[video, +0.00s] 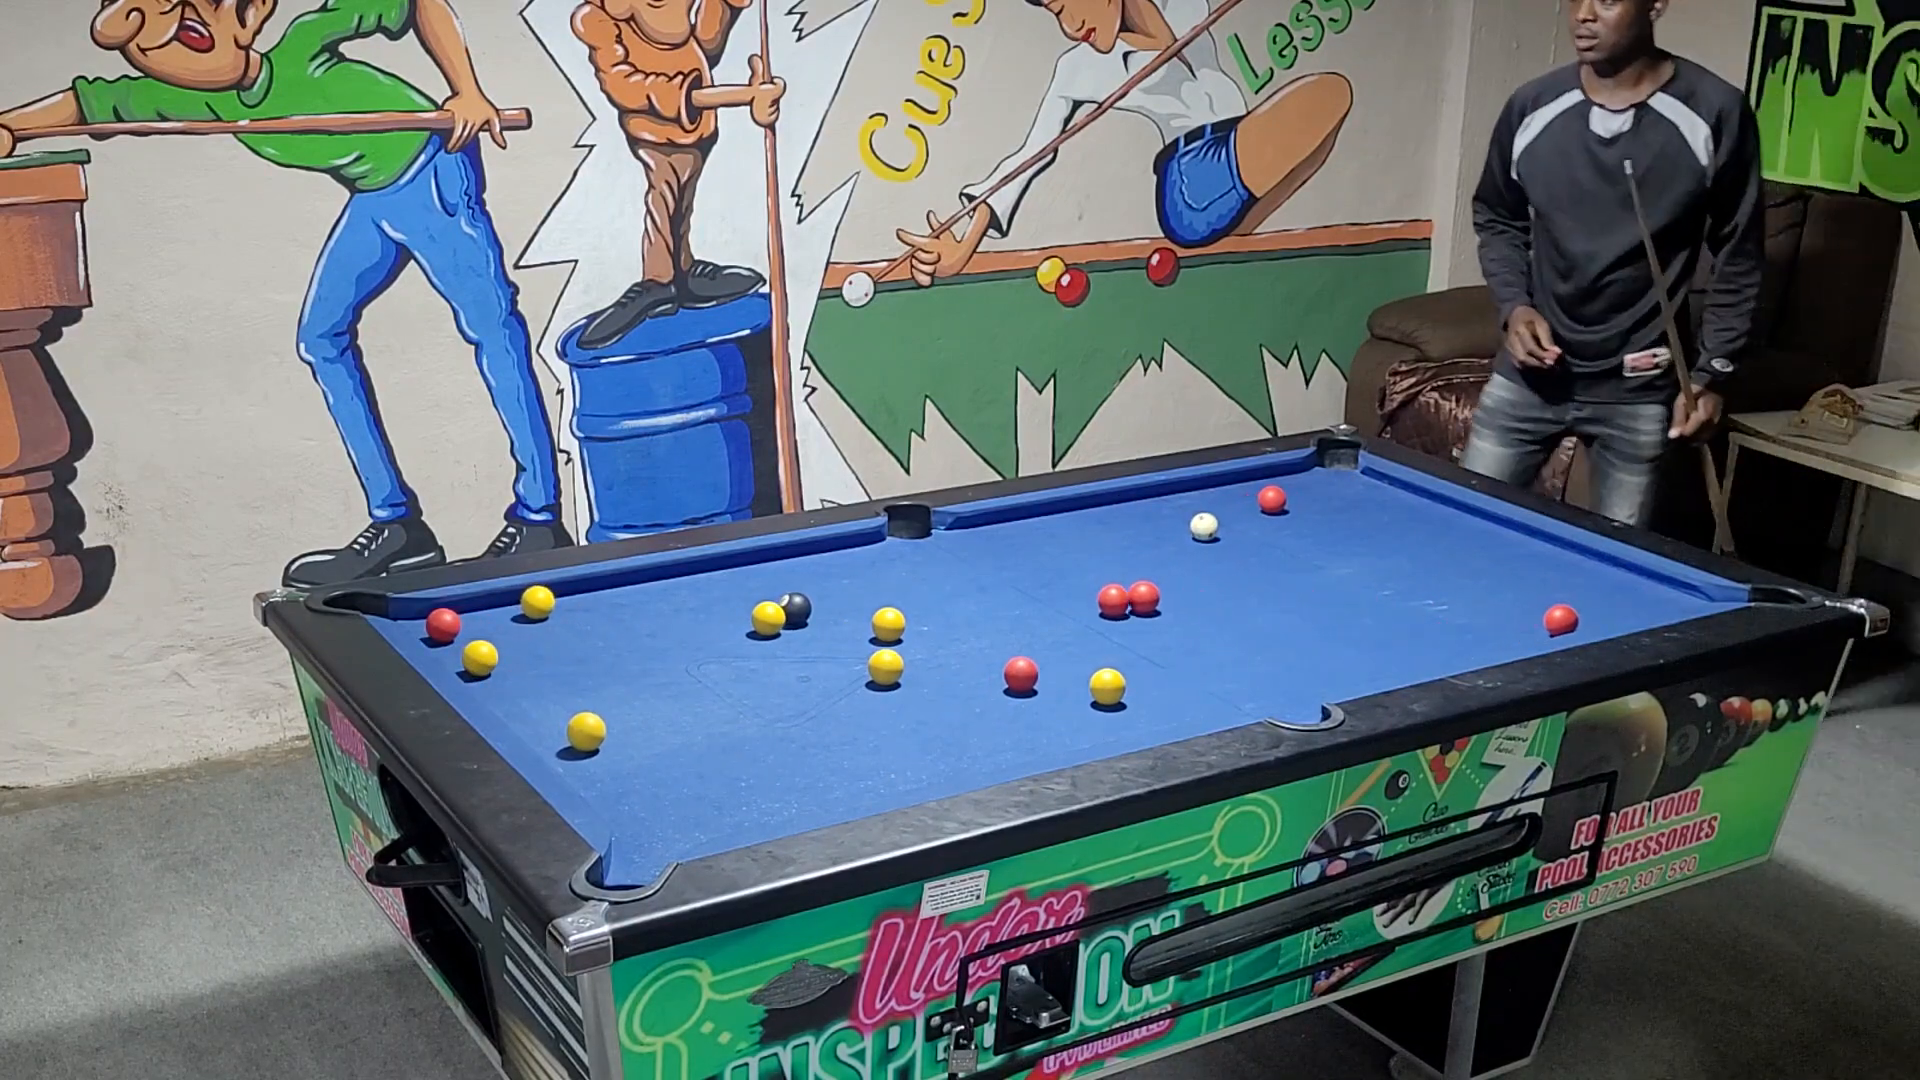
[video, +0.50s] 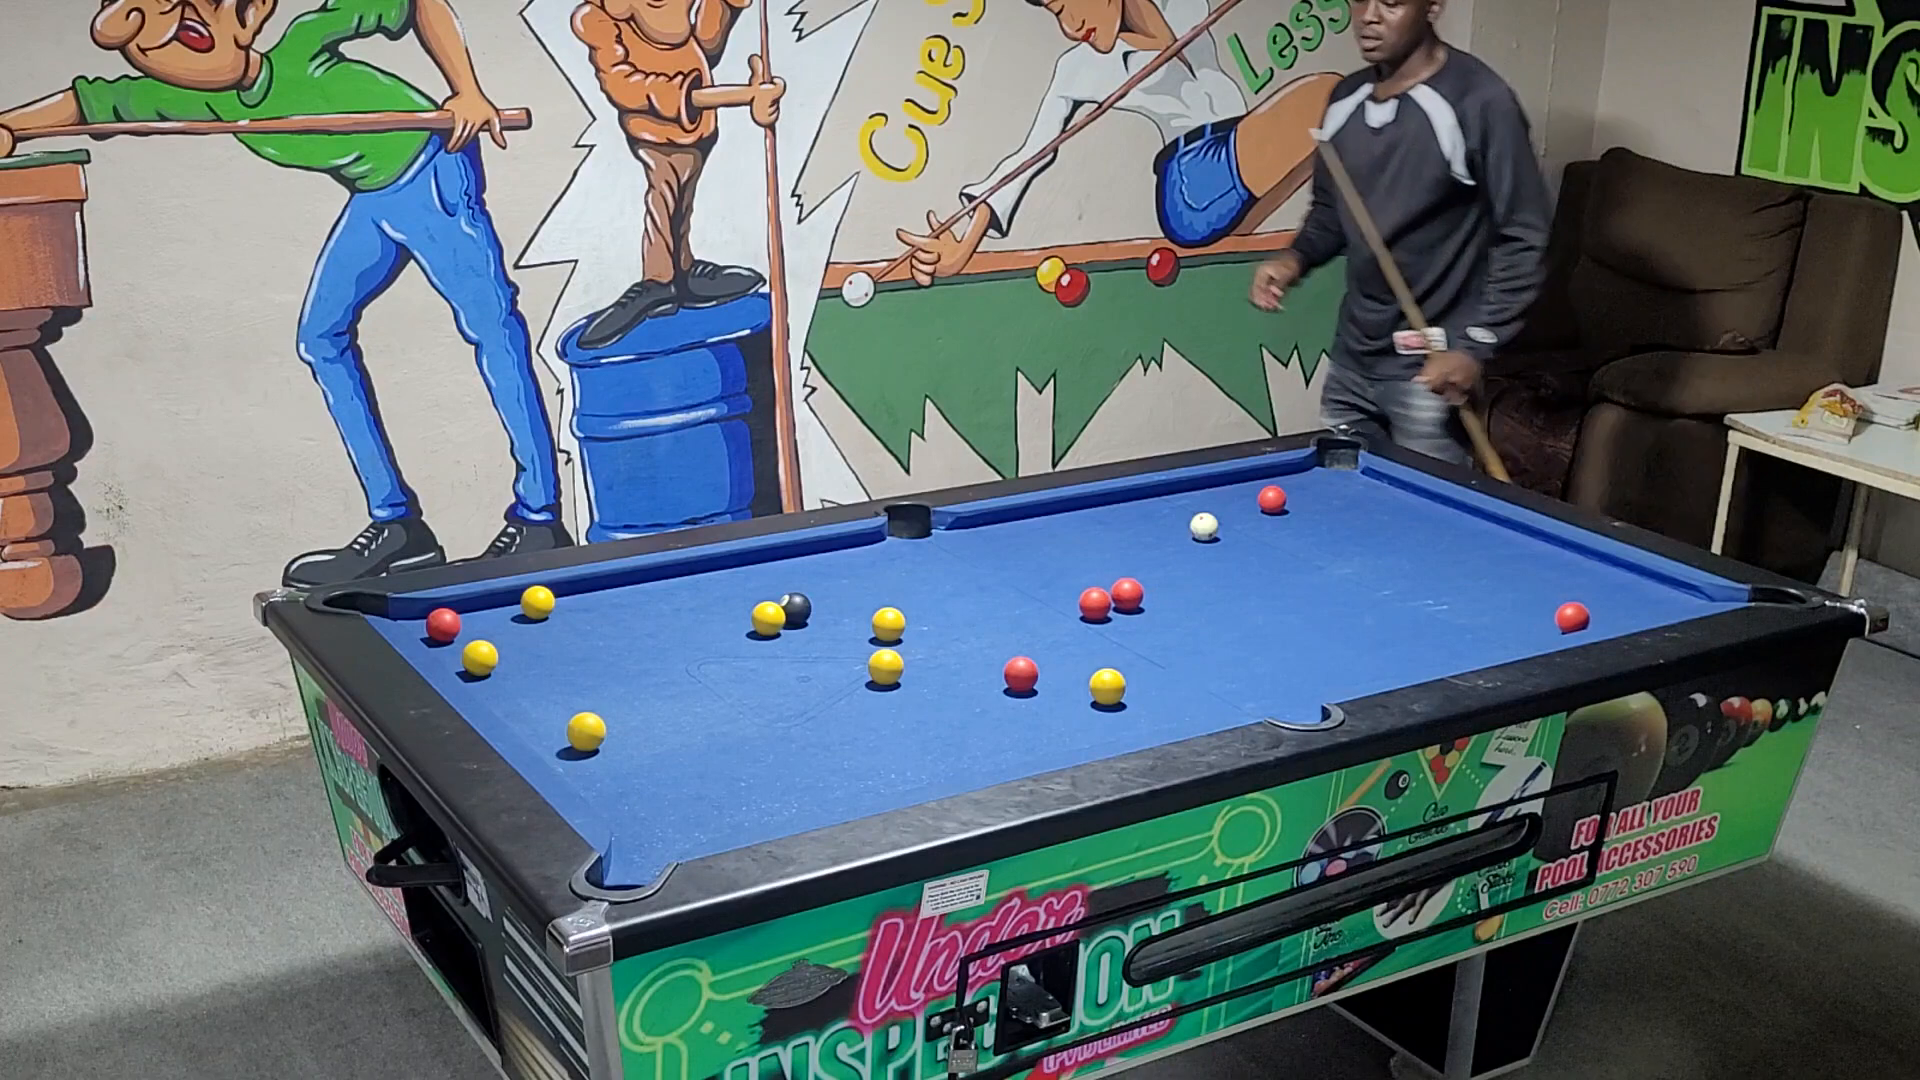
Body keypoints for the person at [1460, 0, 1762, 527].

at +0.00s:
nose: (1583, 15)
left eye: (1605, 1)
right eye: (1575, 0)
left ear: (1655, 8)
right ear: (1565, 8)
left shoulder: (1718, 114)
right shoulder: (1529, 107)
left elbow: (1737, 256)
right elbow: (1497, 218)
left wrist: (1711, 372)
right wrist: (1514, 306)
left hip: (1637, 389)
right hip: (1526, 374)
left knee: (1614, 572)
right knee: (1465, 531)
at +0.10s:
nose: (1549, 13)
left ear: (1618, 7)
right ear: (1534, 7)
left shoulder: (1684, 112)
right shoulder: (1502, 105)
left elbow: (1710, 252)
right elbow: (1475, 215)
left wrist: (1686, 371)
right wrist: (1483, 294)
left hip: (1607, 386)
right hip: (1498, 373)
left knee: (1590, 564)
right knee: (1433, 519)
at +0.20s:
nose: (1503, 14)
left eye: (1525, 1)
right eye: (1498, 2)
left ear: (1572, 9)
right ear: (1489, 10)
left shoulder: (1637, 111)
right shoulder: (1468, 103)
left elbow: (1670, 254)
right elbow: (1445, 212)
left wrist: (1651, 371)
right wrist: (1443, 283)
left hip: (1571, 387)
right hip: (1464, 374)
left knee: (1572, 555)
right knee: (1404, 513)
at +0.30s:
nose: (1445, 15)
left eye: (1467, 3)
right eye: (1443, 3)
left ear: (1516, 13)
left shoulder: (1577, 112)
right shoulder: (1425, 105)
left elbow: (1626, 248)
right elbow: (1411, 220)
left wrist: (1597, 357)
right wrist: (1392, 280)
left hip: (1525, 390)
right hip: (1424, 375)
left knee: (1539, 561)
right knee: (1373, 532)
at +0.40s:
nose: (1396, 18)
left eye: (1417, 6)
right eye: (1394, 5)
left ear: (1465, 13)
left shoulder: (1524, 109)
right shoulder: (1383, 105)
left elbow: (1576, 241)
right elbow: (1373, 217)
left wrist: (1538, 352)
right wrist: (1342, 276)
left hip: (1477, 384)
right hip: (1383, 368)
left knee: (1495, 554)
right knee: (1346, 533)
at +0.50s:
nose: (1369, 16)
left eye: (1390, 3)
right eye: (1360, 2)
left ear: (1432, 9)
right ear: (1350, 8)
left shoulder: (1481, 100)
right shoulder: (1345, 98)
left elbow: (1525, 235)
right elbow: (1330, 210)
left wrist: (1474, 348)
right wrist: (1295, 259)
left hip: (1432, 363)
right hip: (1353, 352)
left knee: (1429, 522)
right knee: (1341, 514)